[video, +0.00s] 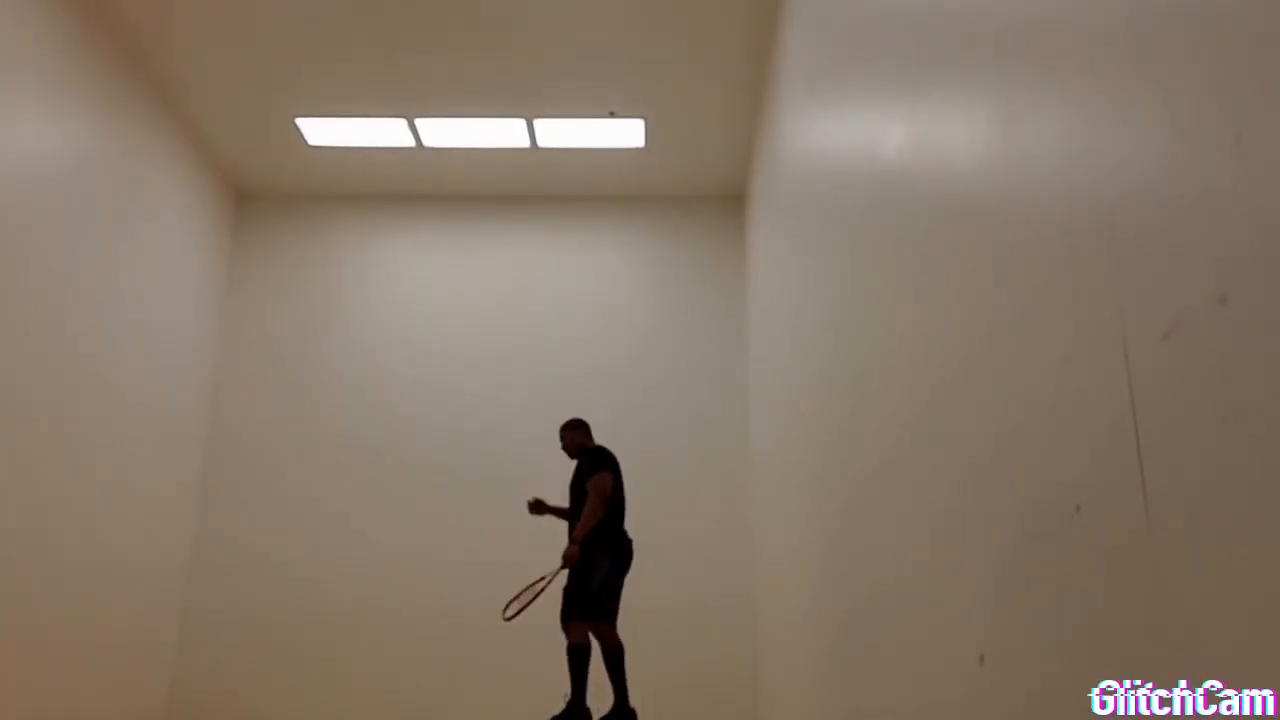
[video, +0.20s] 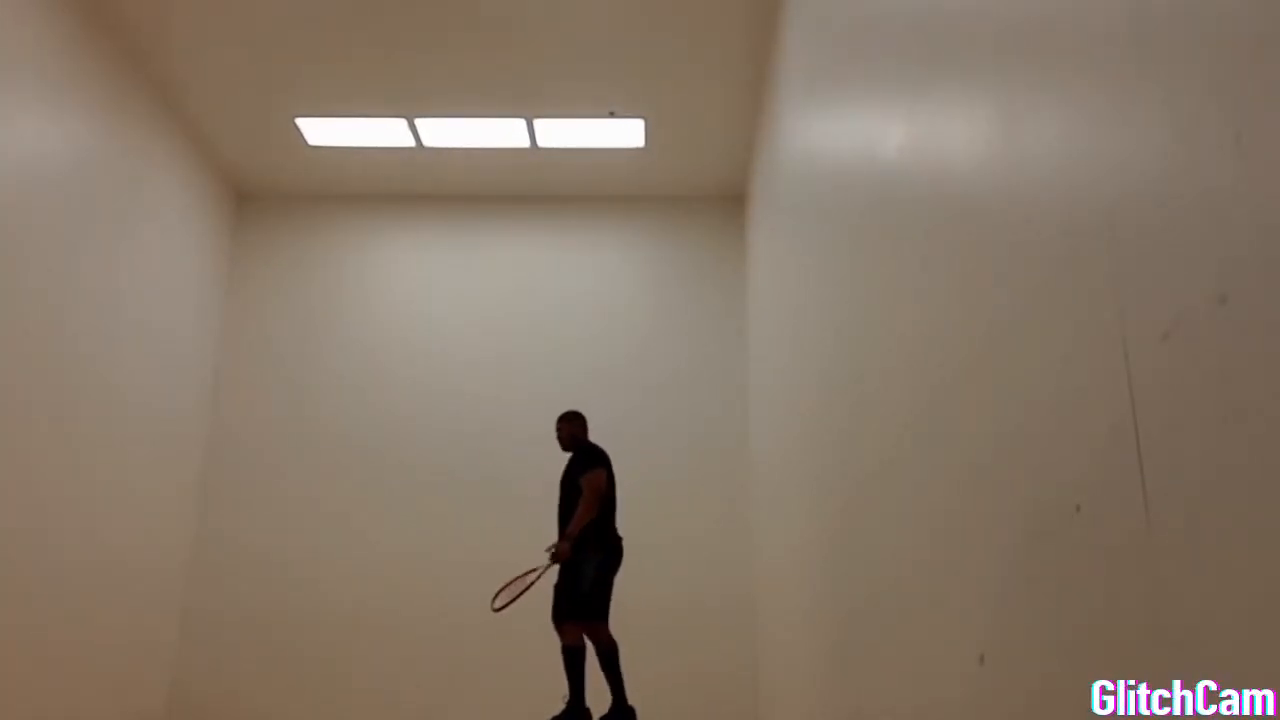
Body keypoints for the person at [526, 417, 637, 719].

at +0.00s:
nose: (564, 446)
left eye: (566, 440)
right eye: (562, 441)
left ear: (581, 436)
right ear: (581, 436)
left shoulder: (596, 458)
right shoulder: (585, 467)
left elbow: (599, 502)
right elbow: (582, 514)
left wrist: (576, 542)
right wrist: (549, 510)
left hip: (602, 551)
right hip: (596, 552)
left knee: (576, 624)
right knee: (602, 625)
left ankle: (577, 705)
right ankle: (623, 705)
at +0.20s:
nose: (559, 436)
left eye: (563, 431)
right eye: (558, 432)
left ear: (578, 430)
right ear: (573, 432)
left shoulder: (589, 458)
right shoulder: (581, 460)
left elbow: (591, 502)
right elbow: (580, 509)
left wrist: (568, 539)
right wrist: (564, 545)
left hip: (592, 550)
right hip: (592, 550)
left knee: (568, 622)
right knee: (594, 624)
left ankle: (576, 705)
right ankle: (620, 703)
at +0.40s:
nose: (557, 430)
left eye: (563, 424)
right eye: (556, 424)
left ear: (579, 425)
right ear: (562, 428)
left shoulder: (585, 455)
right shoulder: (574, 457)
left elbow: (580, 501)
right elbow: (571, 506)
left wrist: (551, 534)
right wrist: (554, 542)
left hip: (586, 549)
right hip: (575, 548)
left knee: (576, 623)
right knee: (570, 624)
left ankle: (616, 699)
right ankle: (576, 705)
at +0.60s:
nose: (556, 425)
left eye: (563, 421)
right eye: (556, 420)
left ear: (577, 424)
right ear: (560, 424)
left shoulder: (583, 455)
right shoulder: (574, 455)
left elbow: (571, 502)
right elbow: (566, 505)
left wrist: (533, 525)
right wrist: (536, 526)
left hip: (581, 551)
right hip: (575, 550)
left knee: (555, 618)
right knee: (562, 620)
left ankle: (593, 692)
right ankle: (585, 695)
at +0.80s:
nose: (557, 423)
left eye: (564, 418)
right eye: (557, 418)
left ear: (579, 422)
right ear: (560, 422)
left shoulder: (584, 455)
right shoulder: (567, 457)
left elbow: (573, 497)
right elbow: (564, 503)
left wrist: (534, 516)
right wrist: (534, 518)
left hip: (579, 552)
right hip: (561, 553)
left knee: (571, 623)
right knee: (543, 621)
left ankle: (578, 704)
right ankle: (552, 702)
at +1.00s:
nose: (557, 422)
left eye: (565, 417)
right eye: (556, 417)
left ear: (578, 423)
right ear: (553, 423)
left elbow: (580, 500)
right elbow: (557, 506)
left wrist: (534, 519)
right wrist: (540, 540)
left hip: (577, 550)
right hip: (553, 552)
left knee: (570, 621)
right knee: (541, 621)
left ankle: (578, 704)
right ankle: (545, 703)